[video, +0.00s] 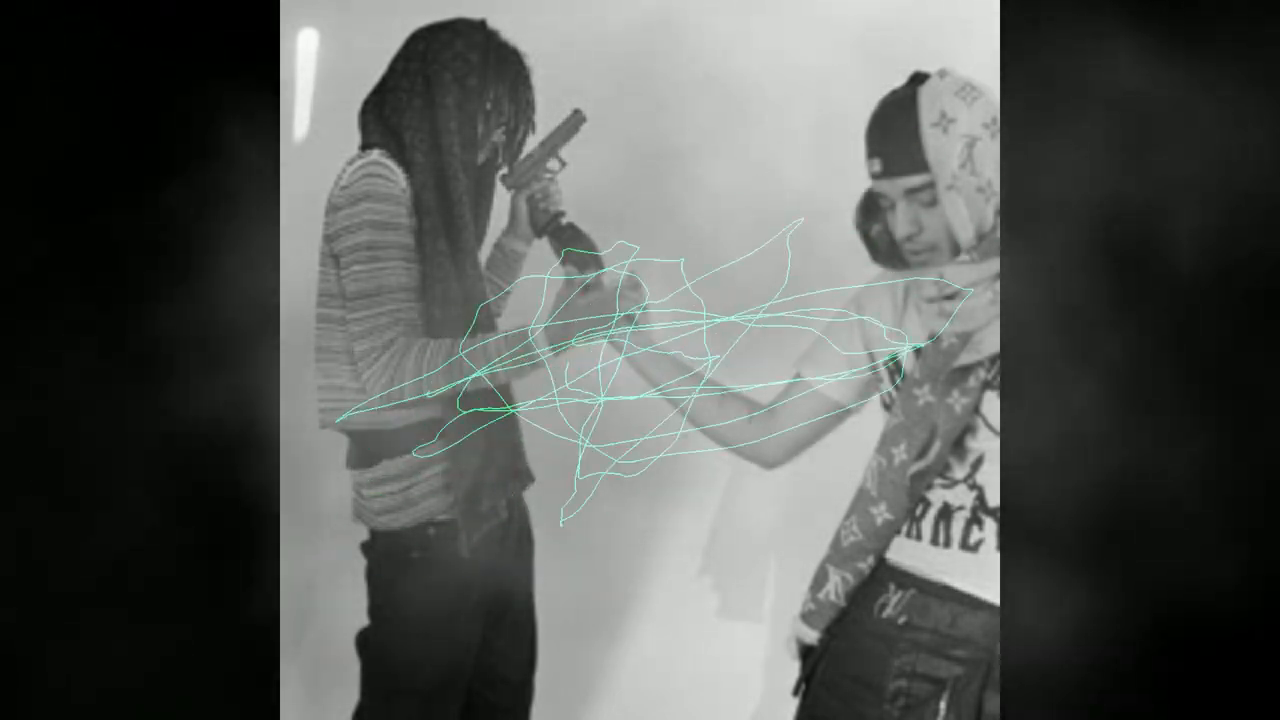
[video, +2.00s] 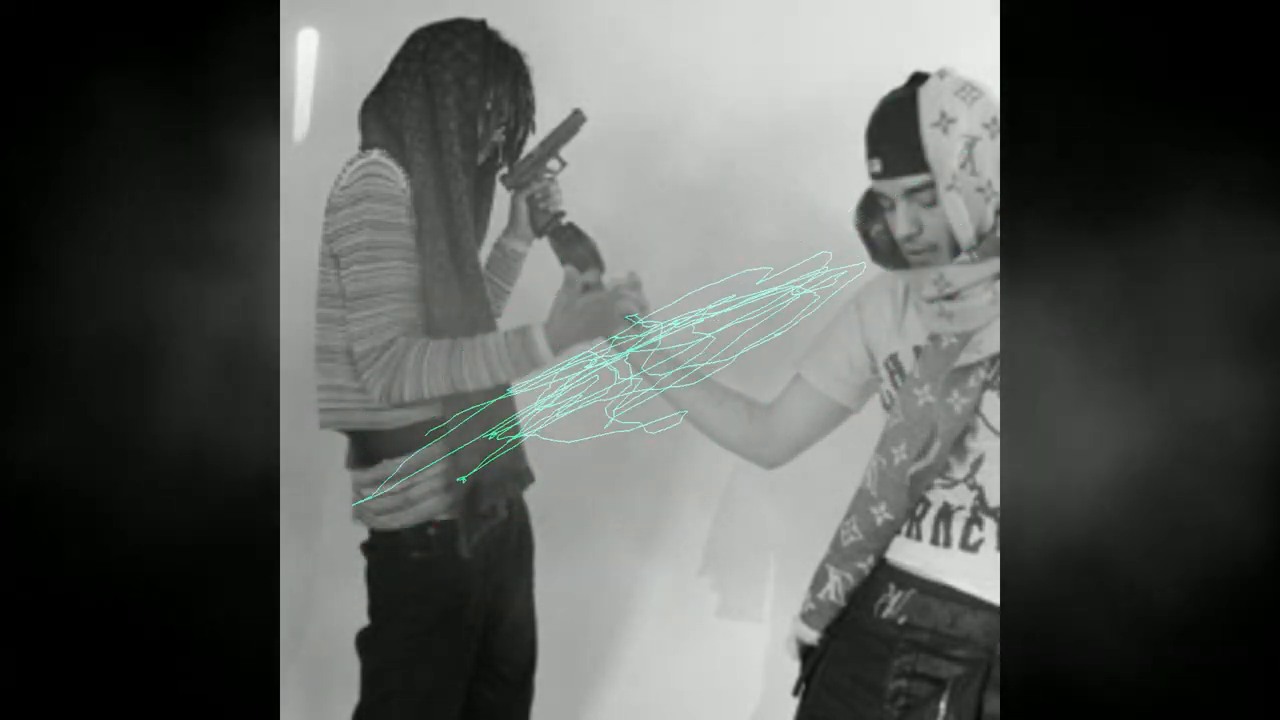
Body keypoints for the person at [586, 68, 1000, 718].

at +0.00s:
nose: (904, 230)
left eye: (926, 198)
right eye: (886, 204)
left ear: (984, 185)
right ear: (874, 205)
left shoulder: (1040, 291)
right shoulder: (896, 303)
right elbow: (767, 437)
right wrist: (630, 334)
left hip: (1008, 644)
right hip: (886, 616)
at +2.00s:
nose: (906, 229)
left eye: (926, 199)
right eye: (888, 205)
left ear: (978, 183)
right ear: (875, 205)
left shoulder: (1030, 292)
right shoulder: (888, 304)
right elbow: (768, 437)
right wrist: (633, 339)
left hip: (1002, 640)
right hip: (882, 616)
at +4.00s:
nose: (906, 229)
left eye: (925, 199)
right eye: (886, 206)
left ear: (981, 185)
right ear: (873, 206)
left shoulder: (1034, 292)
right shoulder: (891, 304)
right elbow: (768, 437)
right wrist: (634, 340)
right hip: (889, 618)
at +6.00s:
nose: (906, 228)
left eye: (926, 198)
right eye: (886, 205)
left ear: (980, 183)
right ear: (873, 205)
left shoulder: (1035, 291)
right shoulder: (891, 304)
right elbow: (768, 436)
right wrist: (636, 336)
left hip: (995, 643)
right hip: (882, 618)